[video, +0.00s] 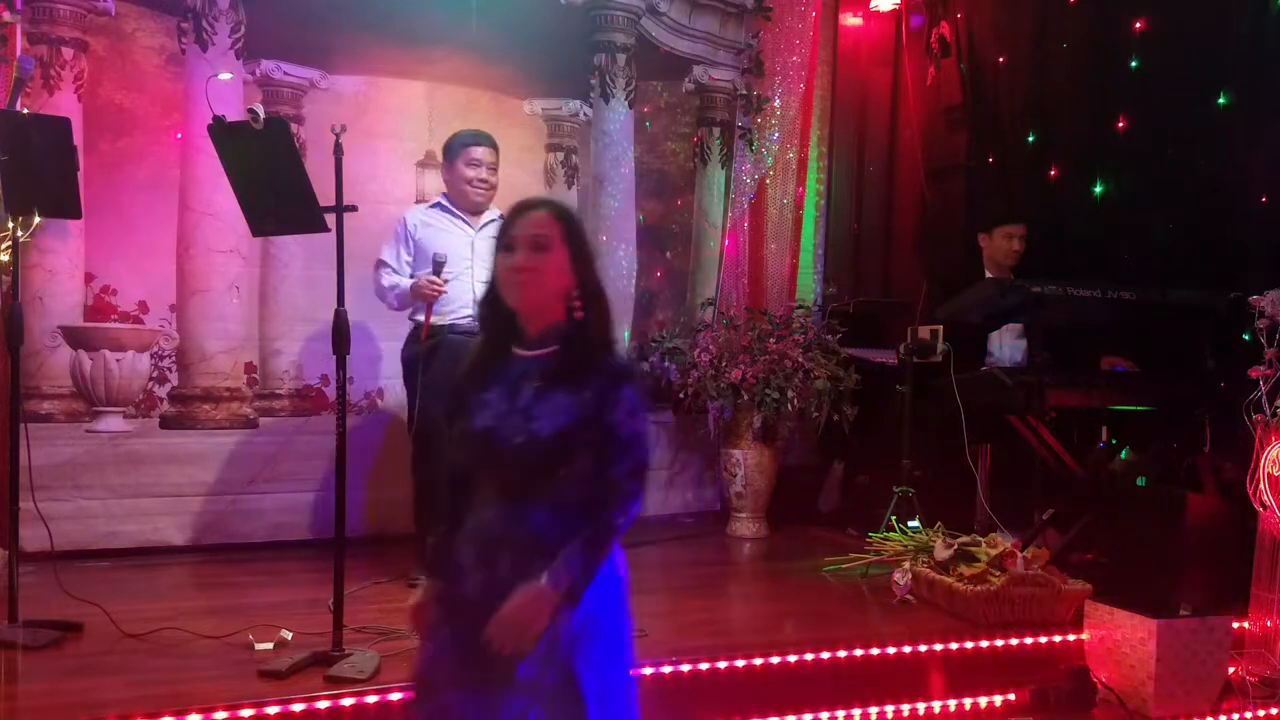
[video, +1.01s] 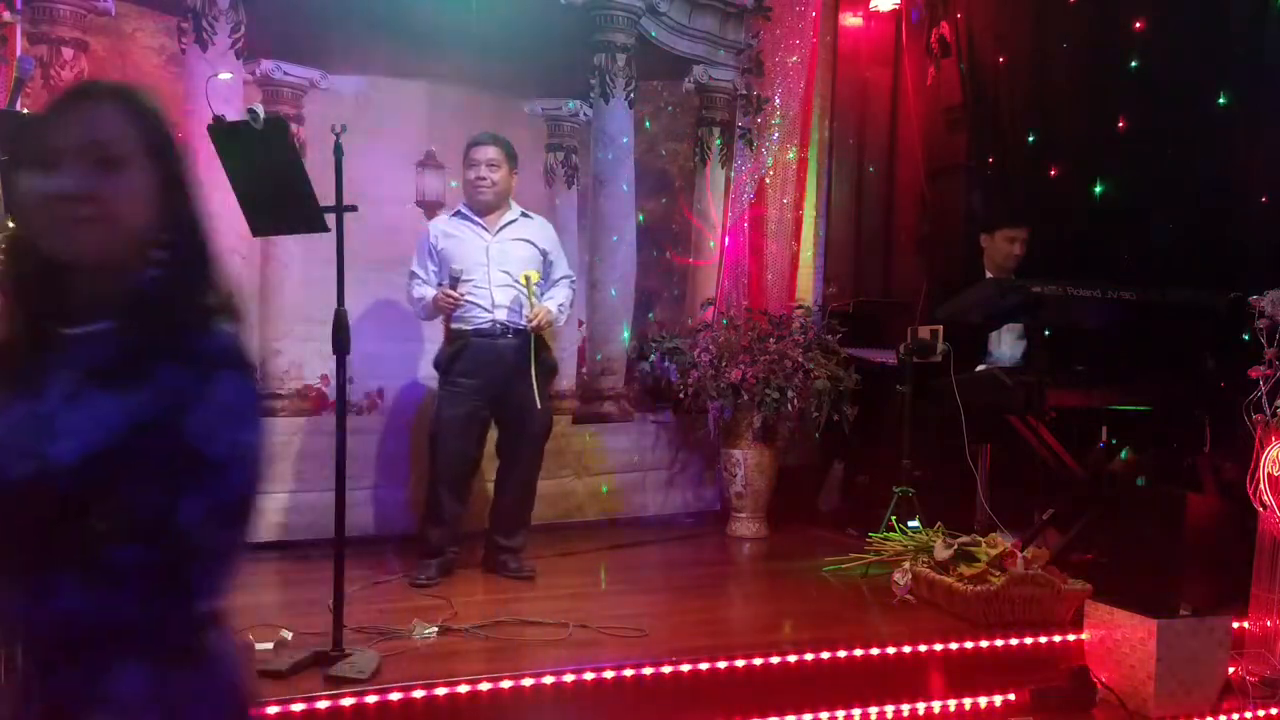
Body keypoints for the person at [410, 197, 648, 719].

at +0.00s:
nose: (520, 260)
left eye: (539, 245)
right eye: (508, 247)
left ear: (575, 269)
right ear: (494, 267)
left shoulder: (605, 376)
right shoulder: (475, 372)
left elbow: (621, 498)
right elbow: (455, 486)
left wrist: (551, 587)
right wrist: (435, 576)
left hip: (571, 582)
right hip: (472, 580)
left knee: (573, 709)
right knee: (455, 708)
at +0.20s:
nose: (450, 245)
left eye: (471, 230)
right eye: (439, 232)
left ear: (510, 252)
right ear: (425, 252)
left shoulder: (549, 370)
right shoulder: (413, 361)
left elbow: (573, 508)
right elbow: (380, 481)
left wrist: (566, 626)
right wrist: (346, 589)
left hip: (499, 592)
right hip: (403, 586)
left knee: (482, 705)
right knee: (389, 705)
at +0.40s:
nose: (384, 229)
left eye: (408, 213)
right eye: (373, 216)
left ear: (453, 236)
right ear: (361, 235)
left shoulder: (498, 366)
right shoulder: (342, 352)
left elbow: (538, 512)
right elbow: (294, 479)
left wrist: (541, 635)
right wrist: (232, 586)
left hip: (443, 606)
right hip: (344, 602)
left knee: (423, 712)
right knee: (327, 711)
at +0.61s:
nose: (319, 234)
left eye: (347, 216)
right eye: (302, 215)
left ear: (387, 242)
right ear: (279, 239)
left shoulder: (426, 375)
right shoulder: (257, 366)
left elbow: (465, 536)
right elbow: (204, 501)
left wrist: (468, 679)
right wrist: (141, 615)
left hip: (372, 633)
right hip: (260, 629)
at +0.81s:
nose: (214, 202)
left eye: (246, 183)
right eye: (195, 179)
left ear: (295, 211)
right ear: (169, 201)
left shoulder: (333, 374)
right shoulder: (147, 363)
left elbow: (354, 559)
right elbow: (108, 519)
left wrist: (337, 698)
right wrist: (58, 653)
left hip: (277, 683)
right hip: (139, 675)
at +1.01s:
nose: (71, 186)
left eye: (106, 162)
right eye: (49, 164)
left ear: (164, 191)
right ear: (21, 190)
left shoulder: (206, 366)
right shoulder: (24, 355)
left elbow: (186, 570)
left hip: (160, 686)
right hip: (39, 683)